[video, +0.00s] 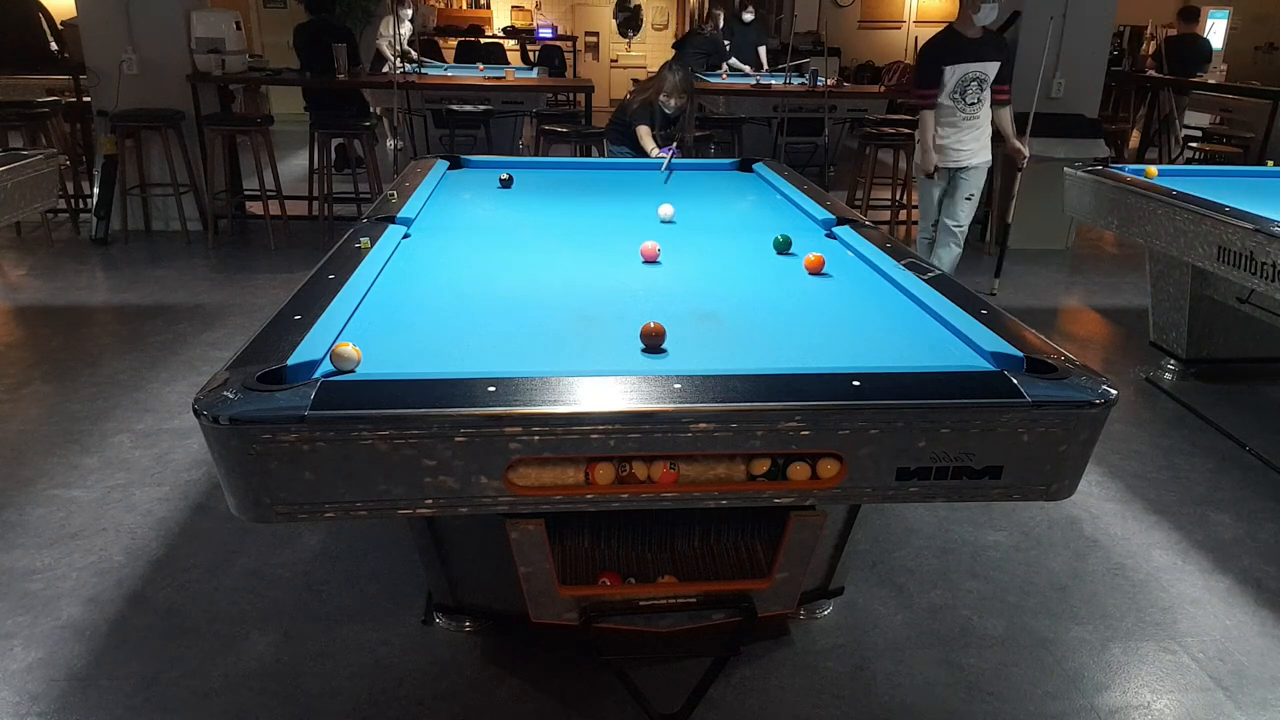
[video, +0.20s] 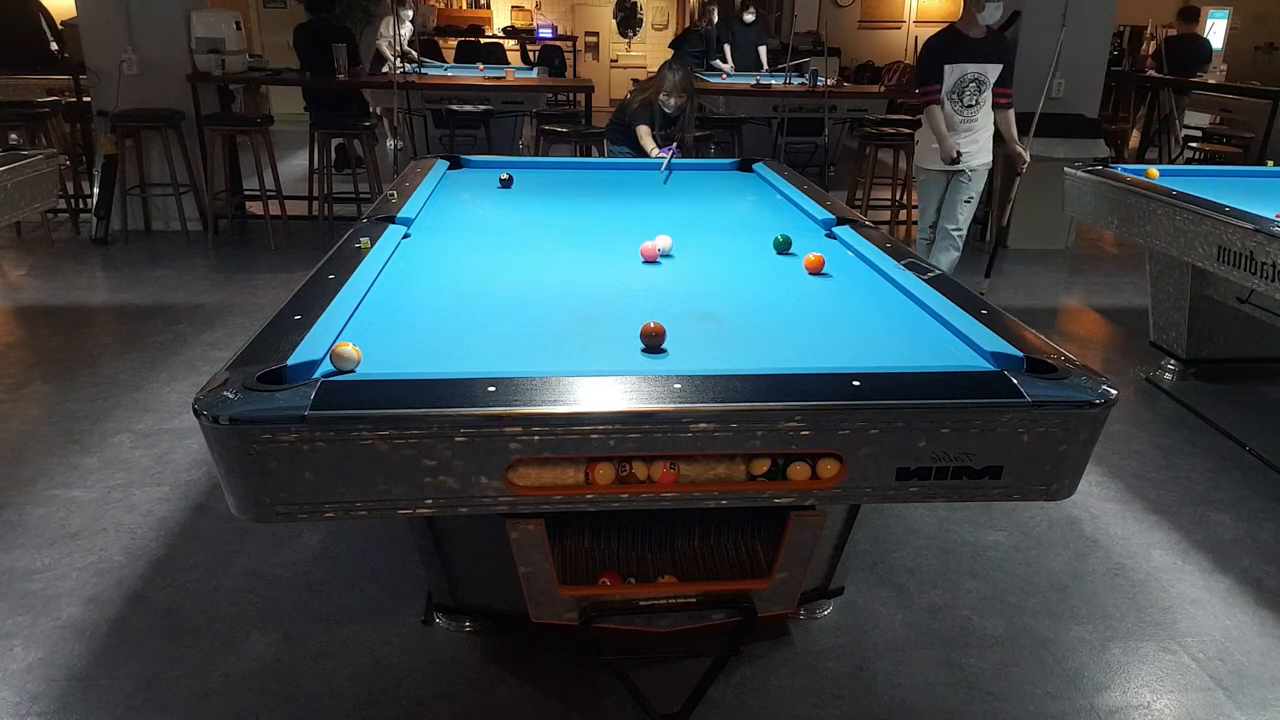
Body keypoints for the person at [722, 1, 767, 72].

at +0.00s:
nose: (749, 16)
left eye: (751, 13)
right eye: (746, 13)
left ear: (755, 13)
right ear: (741, 12)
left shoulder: (757, 25)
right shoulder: (732, 24)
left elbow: (761, 46)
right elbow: (725, 44)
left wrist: (765, 65)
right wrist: (724, 63)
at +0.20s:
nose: (750, 16)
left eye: (753, 14)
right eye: (747, 14)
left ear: (756, 14)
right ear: (741, 13)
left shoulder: (758, 26)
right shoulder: (732, 25)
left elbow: (761, 46)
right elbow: (726, 44)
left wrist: (765, 66)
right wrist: (730, 63)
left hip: (754, 69)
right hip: (736, 69)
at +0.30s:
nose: (750, 17)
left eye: (753, 14)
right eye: (747, 14)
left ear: (756, 14)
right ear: (742, 13)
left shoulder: (758, 26)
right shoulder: (733, 25)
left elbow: (762, 46)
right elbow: (727, 45)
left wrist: (765, 65)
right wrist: (738, 62)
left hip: (754, 69)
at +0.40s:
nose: (749, 16)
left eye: (752, 14)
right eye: (747, 13)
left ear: (755, 14)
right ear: (741, 13)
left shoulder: (758, 26)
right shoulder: (733, 25)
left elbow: (762, 46)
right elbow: (732, 47)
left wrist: (765, 65)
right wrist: (747, 64)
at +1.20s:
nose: (739, 11)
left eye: (742, 8)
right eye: (737, 8)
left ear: (749, 11)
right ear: (734, 10)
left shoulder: (757, 25)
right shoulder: (731, 25)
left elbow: (761, 46)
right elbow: (735, 45)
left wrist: (765, 66)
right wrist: (749, 64)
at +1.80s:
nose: (733, 10)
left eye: (736, 7)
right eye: (731, 7)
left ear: (744, 10)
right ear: (729, 10)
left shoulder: (754, 25)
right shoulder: (728, 26)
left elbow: (759, 46)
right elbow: (730, 44)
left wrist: (765, 65)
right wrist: (741, 59)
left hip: (752, 69)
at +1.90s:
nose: (731, 10)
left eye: (735, 7)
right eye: (730, 7)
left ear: (742, 10)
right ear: (727, 10)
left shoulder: (753, 25)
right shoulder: (727, 26)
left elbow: (758, 46)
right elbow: (727, 44)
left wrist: (764, 65)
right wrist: (735, 56)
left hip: (752, 69)